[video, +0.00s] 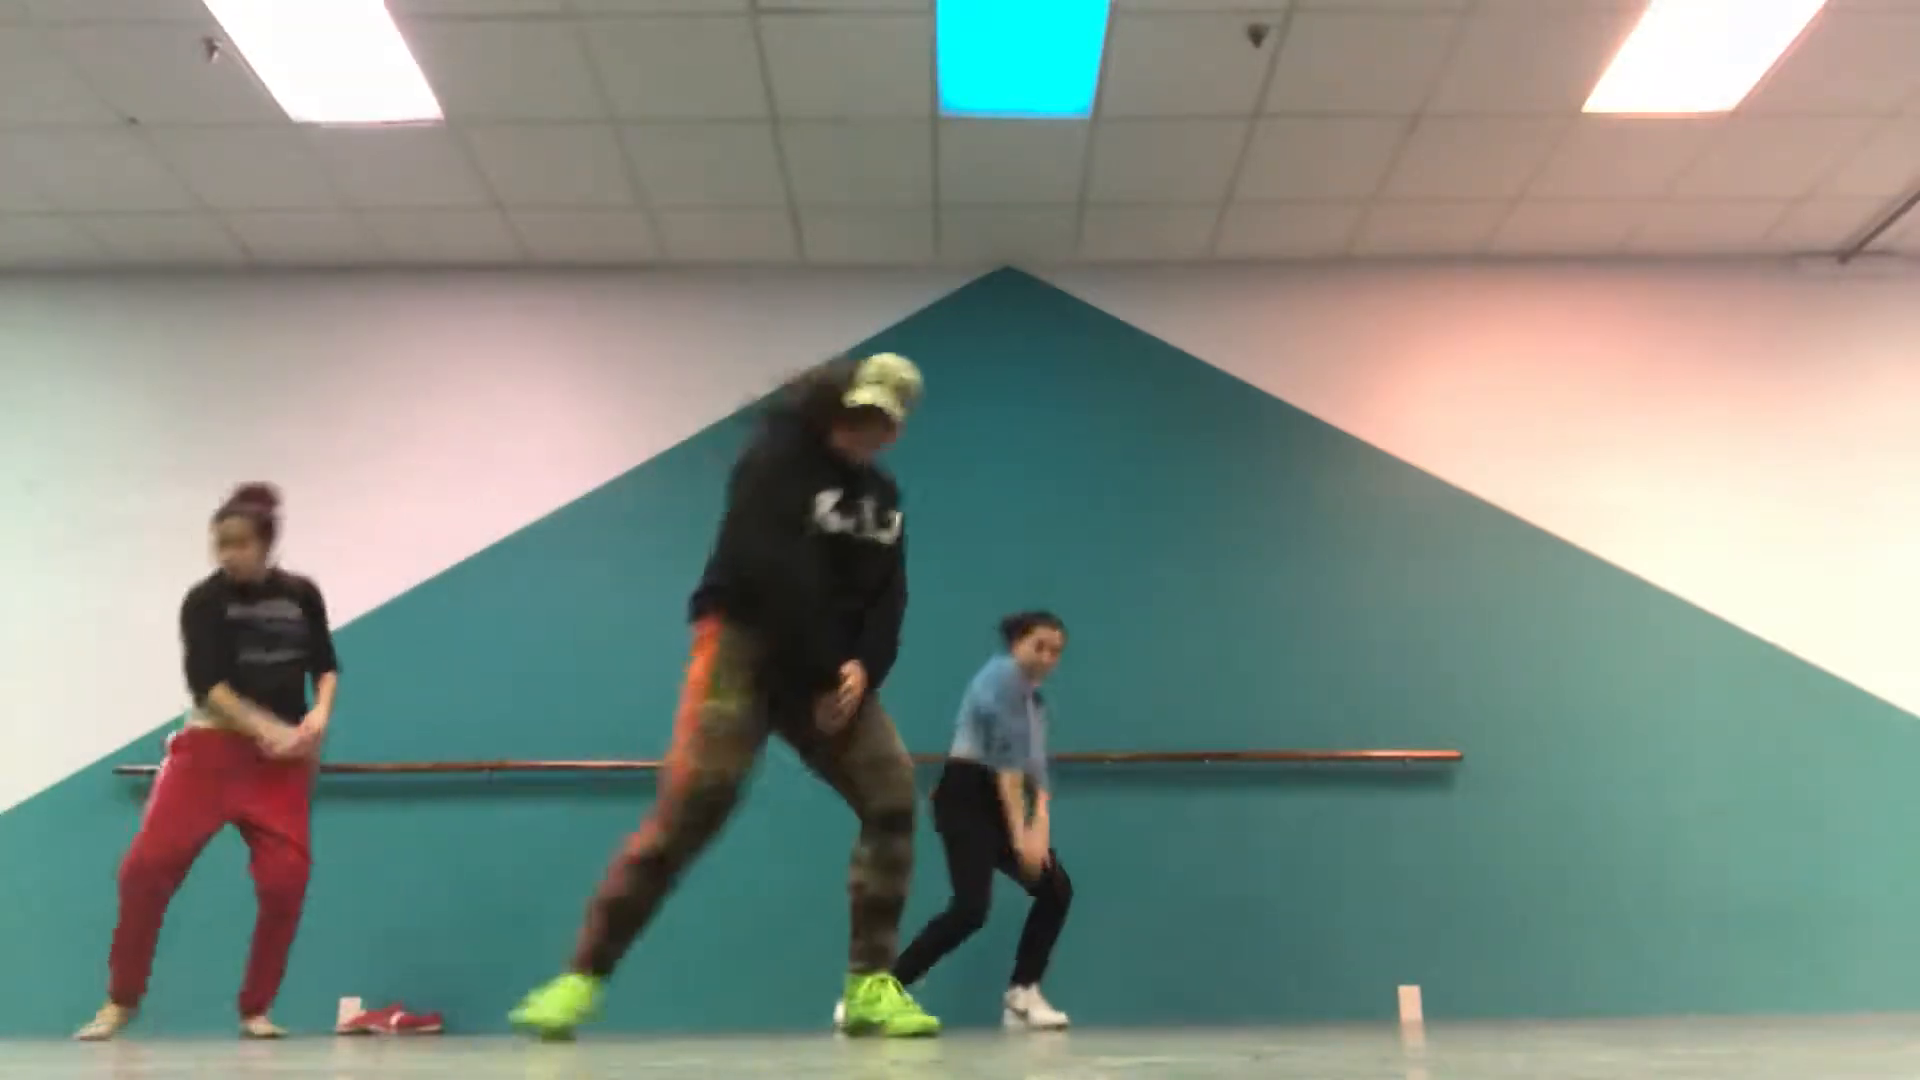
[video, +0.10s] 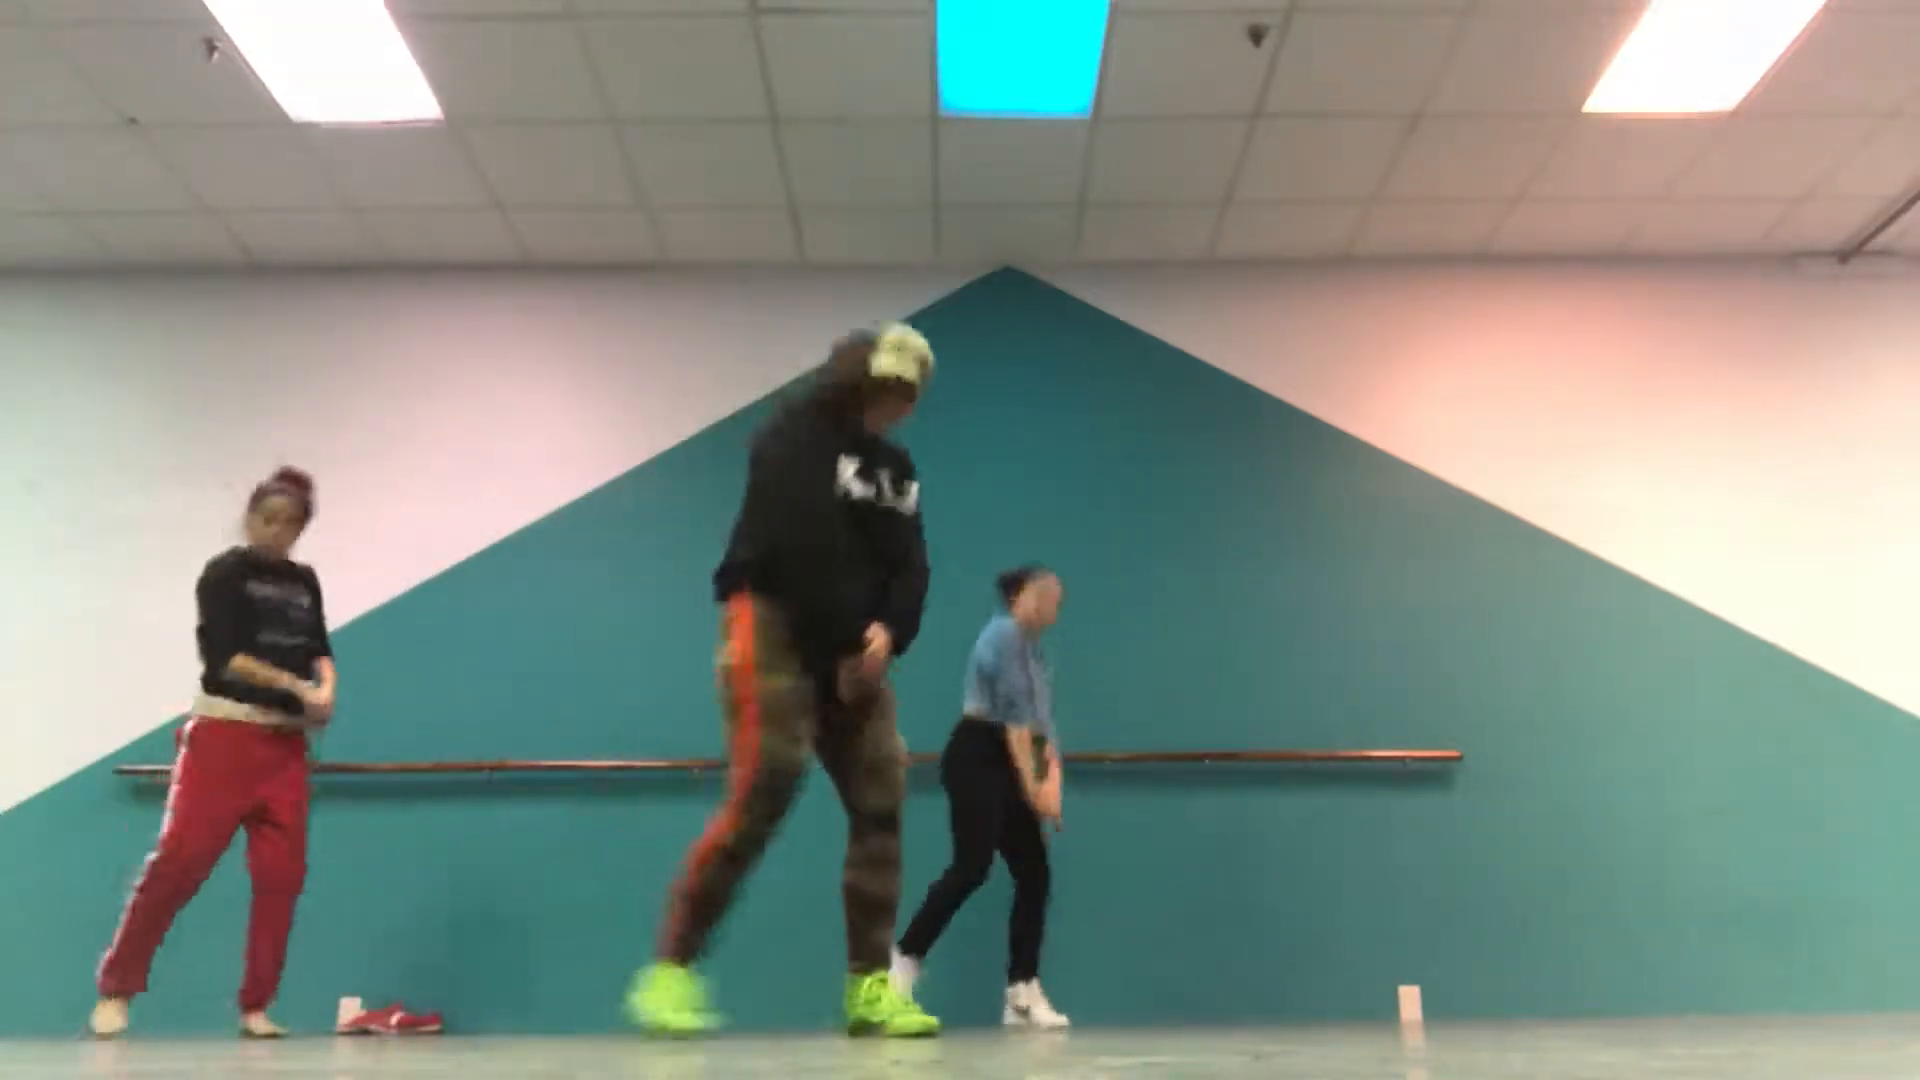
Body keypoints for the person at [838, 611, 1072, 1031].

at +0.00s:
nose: (1046, 658)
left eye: (1054, 652)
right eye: (1040, 647)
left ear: (1058, 657)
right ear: (1017, 644)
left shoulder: (1034, 700)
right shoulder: (1001, 680)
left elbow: (1040, 777)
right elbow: (1005, 770)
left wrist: (1039, 832)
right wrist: (1020, 836)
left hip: (1001, 796)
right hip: (964, 792)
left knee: (1056, 889)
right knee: (971, 908)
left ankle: (1023, 991)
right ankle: (881, 993)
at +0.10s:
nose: (1053, 606)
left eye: (1055, 598)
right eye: (1046, 595)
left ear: (1047, 604)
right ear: (1020, 596)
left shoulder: (1033, 647)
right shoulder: (1003, 636)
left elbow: (1043, 723)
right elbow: (1014, 720)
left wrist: (1053, 777)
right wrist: (1031, 785)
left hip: (1009, 752)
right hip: (976, 749)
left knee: (1033, 869)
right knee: (971, 867)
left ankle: (1023, 987)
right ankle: (906, 959)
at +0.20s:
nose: (1043, 563)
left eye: (1046, 558)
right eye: (1031, 558)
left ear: (1051, 575)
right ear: (1008, 573)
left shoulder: (1043, 628)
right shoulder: (1005, 617)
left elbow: (1059, 691)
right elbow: (1031, 690)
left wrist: (1080, 735)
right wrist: (1061, 741)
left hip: (1004, 727)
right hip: (974, 721)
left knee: (1015, 844)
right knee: (970, 840)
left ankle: (1030, 968)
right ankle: (930, 960)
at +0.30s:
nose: (1036, 567)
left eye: (1039, 562)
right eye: (1023, 562)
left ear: (1043, 580)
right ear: (1001, 580)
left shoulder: (1030, 624)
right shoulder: (1005, 612)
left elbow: (1068, 676)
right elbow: (1052, 661)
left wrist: (1109, 713)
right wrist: (1107, 706)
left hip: (1005, 738)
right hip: (979, 731)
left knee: (1019, 855)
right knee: (972, 847)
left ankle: (1014, 977)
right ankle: (934, 967)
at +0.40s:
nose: (1037, 597)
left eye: (1043, 592)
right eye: (1026, 588)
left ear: (1044, 605)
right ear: (1001, 597)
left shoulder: (1030, 644)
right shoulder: (1005, 629)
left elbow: (1075, 686)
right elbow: (1065, 664)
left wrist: (1128, 714)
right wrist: (1127, 704)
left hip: (1010, 764)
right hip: (991, 758)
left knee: (1025, 881)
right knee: (976, 875)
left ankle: (1003, 991)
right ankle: (923, 983)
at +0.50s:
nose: (1053, 603)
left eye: (1059, 597)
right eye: (1044, 592)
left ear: (1059, 604)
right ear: (1018, 593)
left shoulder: (1034, 634)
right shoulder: (1019, 626)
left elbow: (1062, 701)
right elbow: (1060, 690)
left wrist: (1096, 739)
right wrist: (1105, 744)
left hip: (1010, 749)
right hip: (993, 747)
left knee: (1027, 871)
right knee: (1020, 869)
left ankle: (1005, 987)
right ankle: (945, 964)